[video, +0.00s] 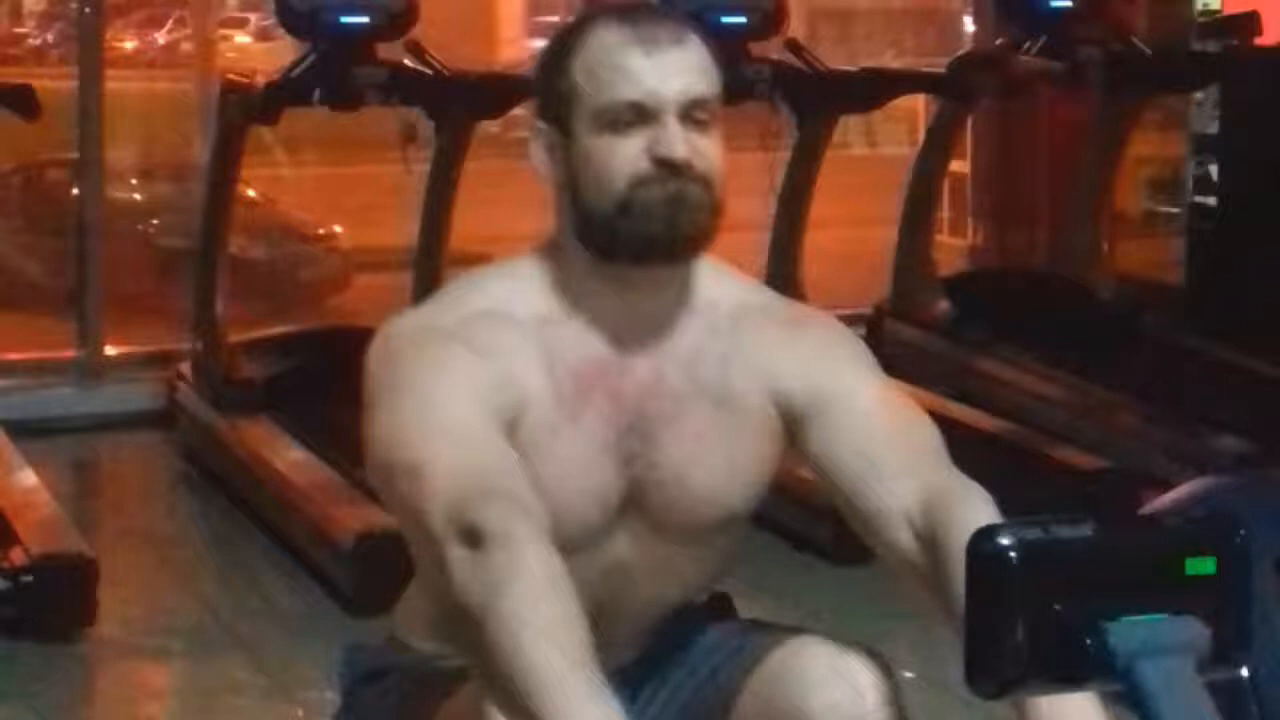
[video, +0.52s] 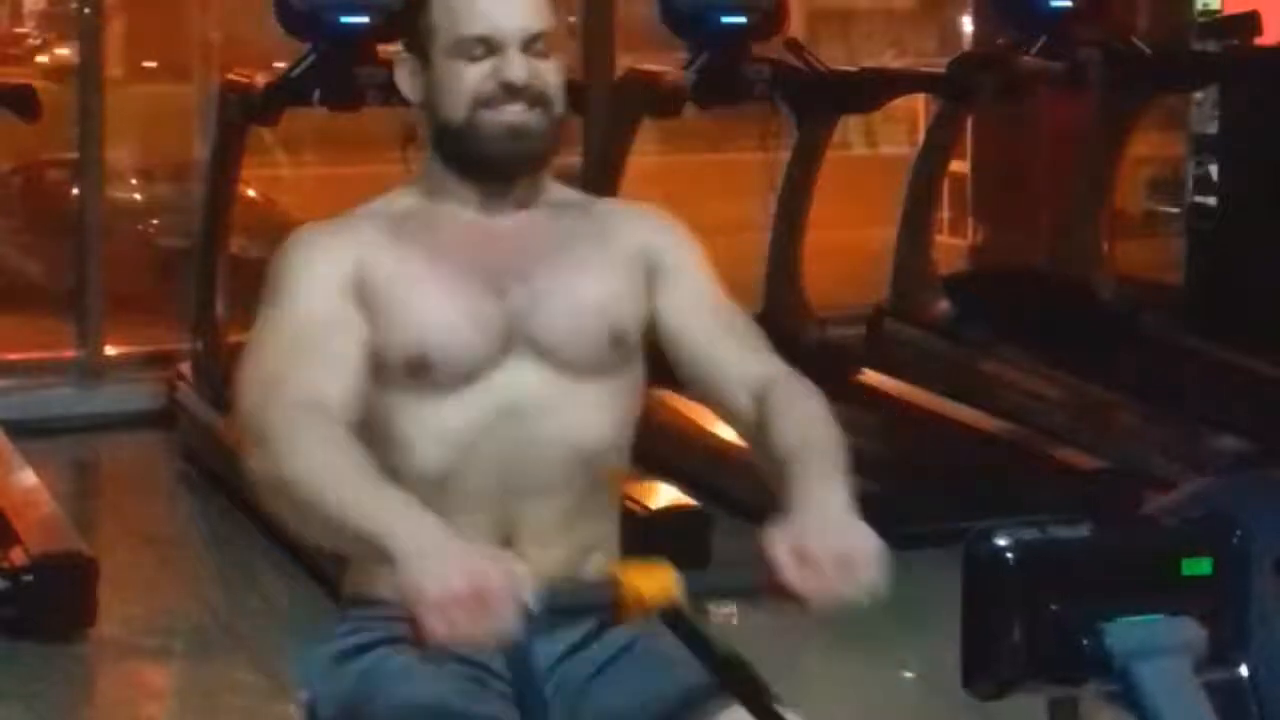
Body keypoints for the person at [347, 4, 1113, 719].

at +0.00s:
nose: (673, 149)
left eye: (697, 118)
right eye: (626, 121)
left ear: (724, 140)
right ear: (548, 153)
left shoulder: (792, 344)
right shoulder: (439, 352)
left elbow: (934, 513)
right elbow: (495, 554)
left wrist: (1062, 683)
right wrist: (589, 713)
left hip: (656, 659)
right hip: (450, 667)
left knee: (841, 687)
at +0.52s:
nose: (516, 76)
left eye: (537, 50)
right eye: (476, 52)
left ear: (566, 70)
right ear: (412, 76)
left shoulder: (640, 242)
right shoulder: (335, 257)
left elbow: (769, 389)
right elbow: (289, 434)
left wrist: (822, 502)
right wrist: (423, 546)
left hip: (601, 624)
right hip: (413, 631)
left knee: (733, 710)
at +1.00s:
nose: (514, 100)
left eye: (532, 77)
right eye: (477, 76)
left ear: (555, 96)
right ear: (412, 98)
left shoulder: (600, 254)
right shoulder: (328, 264)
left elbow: (726, 405)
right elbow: (189, 450)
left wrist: (719, 467)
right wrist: (319, 497)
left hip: (609, 625)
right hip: (423, 634)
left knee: (755, 713)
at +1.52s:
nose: (618, 111)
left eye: (643, 78)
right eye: (575, 82)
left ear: (674, 100)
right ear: (506, 114)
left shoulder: (743, 302)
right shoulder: (403, 312)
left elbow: (890, 453)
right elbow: (408, 524)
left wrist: (971, 627)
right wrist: (538, 698)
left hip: (650, 652)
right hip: (448, 662)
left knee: (817, 699)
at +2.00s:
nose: (661, 146)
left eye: (684, 110)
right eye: (614, 115)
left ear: (712, 131)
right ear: (536, 146)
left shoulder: (785, 329)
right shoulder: (437, 338)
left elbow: (933, 509)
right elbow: (464, 568)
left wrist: (1052, 689)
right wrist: (568, 718)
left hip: (667, 661)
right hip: (476, 676)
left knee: (849, 682)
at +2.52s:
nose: (495, 92)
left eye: (514, 64)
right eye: (458, 68)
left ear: (536, 78)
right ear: (395, 88)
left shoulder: (589, 239)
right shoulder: (315, 253)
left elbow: (696, 394)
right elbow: (184, 438)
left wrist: (699, 470)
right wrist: (317, 500)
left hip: (602, 621)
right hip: (413, 635)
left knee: (710, 705)